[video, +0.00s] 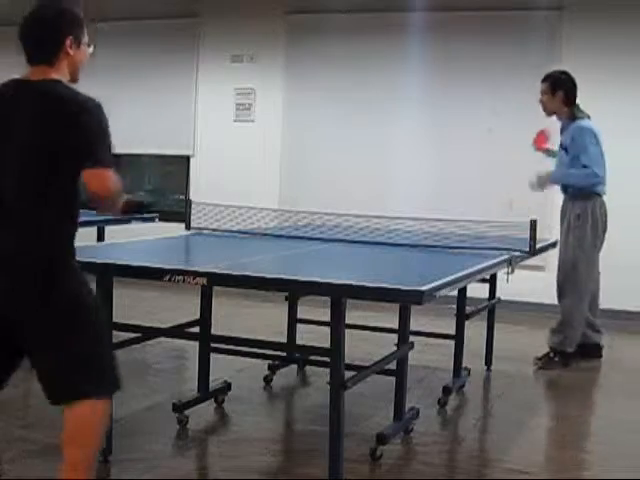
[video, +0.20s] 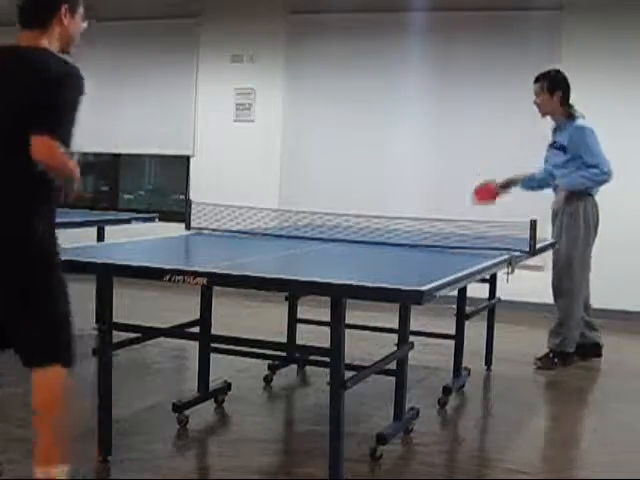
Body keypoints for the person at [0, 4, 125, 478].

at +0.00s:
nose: (86, 54)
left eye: (85, 45)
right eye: (85, 45)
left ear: (29, 47)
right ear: (70, 47)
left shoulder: (4, 96)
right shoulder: (79, 109)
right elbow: (100, 184)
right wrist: (116, 201)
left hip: (2, 267)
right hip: (44, 270)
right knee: (91, 386)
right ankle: (76, 472)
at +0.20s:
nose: (82, 28)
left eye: (83, 19)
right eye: (81, 17)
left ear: (25, 18)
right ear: (64, 16)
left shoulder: (5, 58)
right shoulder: (58, 72)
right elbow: (45, 147)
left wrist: (55, 170)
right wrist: (70, 172)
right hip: (23, 234)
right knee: (49, 354)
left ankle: (48, 465)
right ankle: (50, 467)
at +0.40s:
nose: (70, 47)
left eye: (70, 37)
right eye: (67, 37)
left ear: (20, 35)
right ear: (46, 37)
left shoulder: (5, 82)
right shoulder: (32, 92)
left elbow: (22, 173)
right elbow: (28, 176)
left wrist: (53, 180)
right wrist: (65, 184)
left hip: (11, 251)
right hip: (12, 253)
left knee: (28, 367)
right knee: (33, 371)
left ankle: (13, 468)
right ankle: (12, 470)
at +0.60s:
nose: (58, 34)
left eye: (57, 24)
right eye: (55, 23)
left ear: (27, 22)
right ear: (31, 22)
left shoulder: (10, 74)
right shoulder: (13, 77)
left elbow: (12, 164)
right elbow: (10, 165)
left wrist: (66, 184)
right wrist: (65, 186)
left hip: (5, 240)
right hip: (2, 242)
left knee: (13, 351)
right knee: (14, 353)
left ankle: (8, 453)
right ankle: (3, 455)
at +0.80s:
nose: (46, 58)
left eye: (48, 48)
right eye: (44, 47)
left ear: (16, 44)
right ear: (19, 43)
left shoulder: (8, 101)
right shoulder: (11, 105)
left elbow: (51, 190)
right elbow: (54, 194)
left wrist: (123, 214)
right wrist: (127, 216)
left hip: (2, 258)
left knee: (26, 356)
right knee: (27, 359)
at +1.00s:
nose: (67, 51)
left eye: (69, 41)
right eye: (65, 41)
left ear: (15, 39)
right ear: (40, 41)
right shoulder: (52, 102)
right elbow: (126, 158)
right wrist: (190, 187)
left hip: (5, 253)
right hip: (3, 254)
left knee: (24, 360)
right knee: (30, 364)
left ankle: (11, 468)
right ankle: (11, 472)